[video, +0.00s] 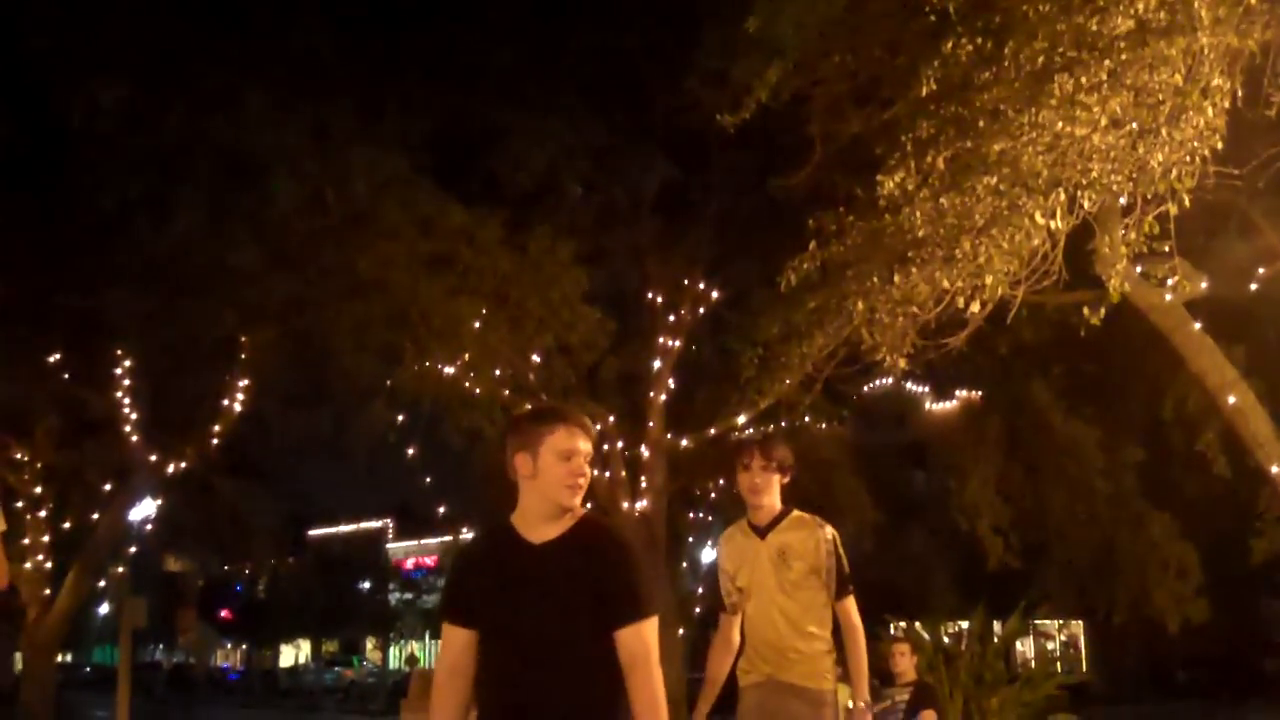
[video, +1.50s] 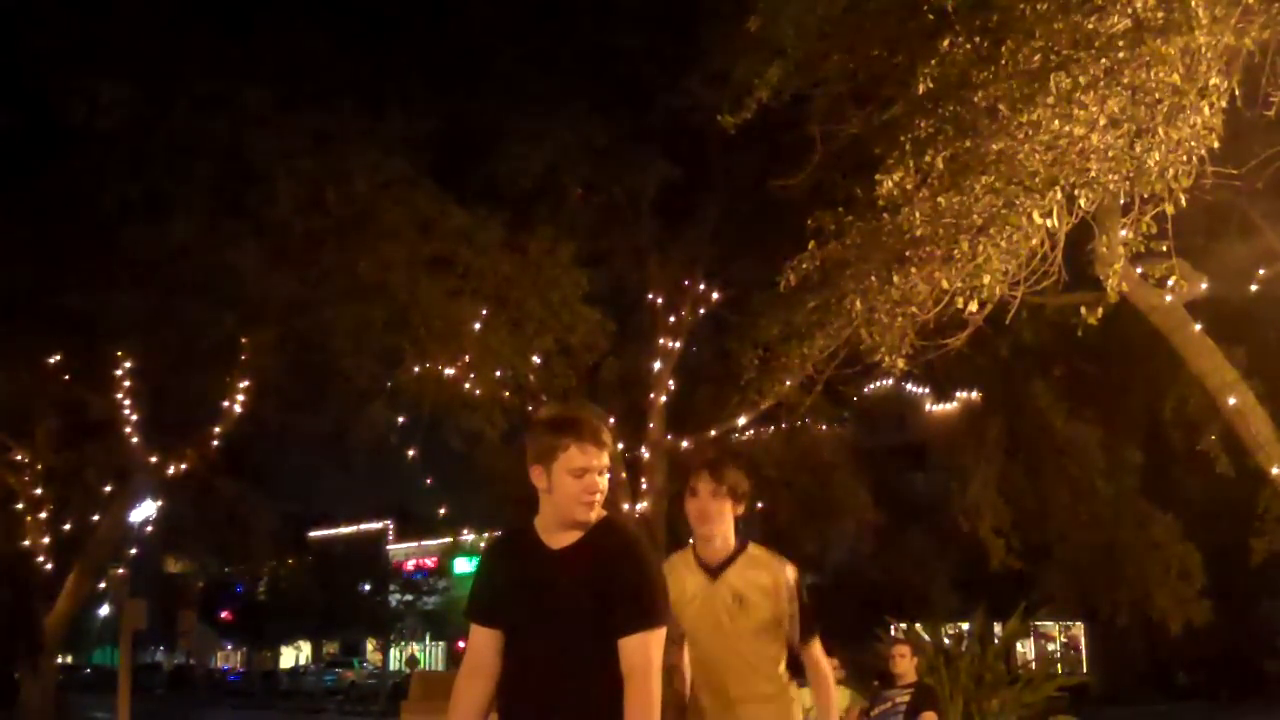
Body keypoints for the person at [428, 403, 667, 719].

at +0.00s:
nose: (583, 471)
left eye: (587, 460)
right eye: (566, 458)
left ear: (593, 467)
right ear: (523, 465)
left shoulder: (610, 551)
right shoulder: (478, 559)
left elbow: (641, 667)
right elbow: (453, 673)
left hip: (598, 711)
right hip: (504, 711)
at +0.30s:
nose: (583, 486)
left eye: (591, 471)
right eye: (566, 474)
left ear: (602, 469)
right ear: (532, 474)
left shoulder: (626, 551)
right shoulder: (495, 557)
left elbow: (648, 674)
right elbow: (464, 671)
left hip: (606, 711)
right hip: (515, 710)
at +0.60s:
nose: (559, 508)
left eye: (571, 493)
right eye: (544, 495)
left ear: (594, 475)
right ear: (523, 484)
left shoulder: (627, 553)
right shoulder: (502, 556)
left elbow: (639, 677)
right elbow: (470, 666)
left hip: (600, 711)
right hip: (519, 711)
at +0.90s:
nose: (595, 490)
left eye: (601, 476)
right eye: (578, 479)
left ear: (608, 473)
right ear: (537, 480)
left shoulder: (625, 554)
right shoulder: (501, 557)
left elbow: (640, 679)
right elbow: (472, 670)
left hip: (601, 711)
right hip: (519, 711)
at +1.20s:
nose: (599, 486)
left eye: (604, 472)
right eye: (582, 474)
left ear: (611, 472)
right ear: (541, 477)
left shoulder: (626, 552)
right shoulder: (503, 555)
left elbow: (642, 681)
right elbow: (475, 671)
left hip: (602, 711)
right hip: (519, 711)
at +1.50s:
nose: (597, 486)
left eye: (602, 472)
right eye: (579, 474)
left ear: (610, 472)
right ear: (539, 477)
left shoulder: (625, 552)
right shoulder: (504, 555)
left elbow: (642, 679)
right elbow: (478, 671)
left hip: (603, 710)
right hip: (520, 711)